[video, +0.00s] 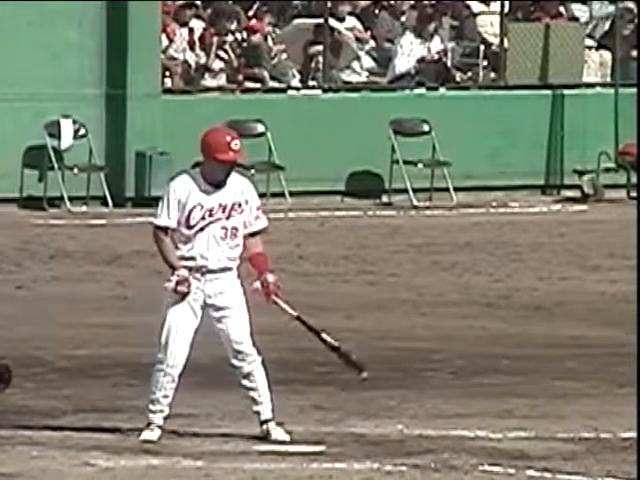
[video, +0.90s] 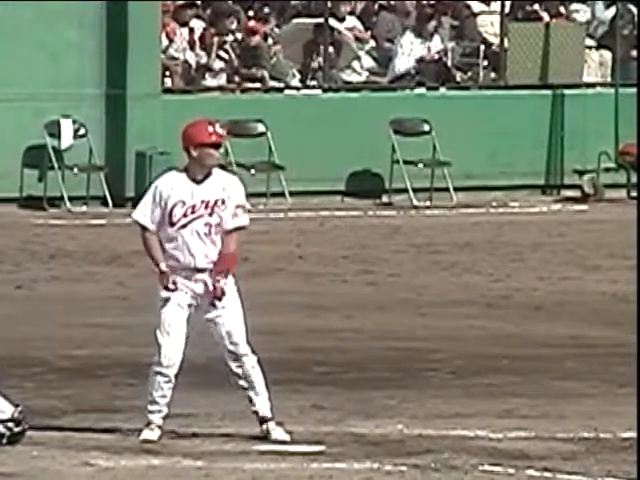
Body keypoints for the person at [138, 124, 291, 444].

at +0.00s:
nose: (230, 168)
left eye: (232, 163)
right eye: (225, 163)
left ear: (233, 160)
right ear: (209, 160)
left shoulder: (242, 187)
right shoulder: (180, 187)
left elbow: (253, 237)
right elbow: (161, 232)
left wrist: (264, 272)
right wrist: (178, 267)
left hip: (227, 279)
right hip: (188, 279)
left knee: (243, 351)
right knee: (171, 355)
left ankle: (268, 421)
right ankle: (155, 421)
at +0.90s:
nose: (218, 152)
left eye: (219, 146)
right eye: (211, 147)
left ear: (218, 149)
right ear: (193, 151)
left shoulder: (229, 184)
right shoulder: (167, 185)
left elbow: (232, 236)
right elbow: (147, 228)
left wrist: (221, 273)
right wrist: (161, 268)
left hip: (218, 277)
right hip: (178, 279)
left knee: (239, 350)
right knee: (167, 357)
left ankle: (267, 419)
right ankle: (154, 421)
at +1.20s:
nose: (222, 150)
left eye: (223, 145)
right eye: (215, 146)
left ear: (222, 147)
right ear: (196, 149)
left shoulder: (233, 183)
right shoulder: (169, 182)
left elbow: (227, 232)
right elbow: (154, 224)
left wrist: (193, 253)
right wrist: (162, 244)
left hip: (221, 277)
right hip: (184, 280)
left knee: (241, 351)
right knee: (169, 357)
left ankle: (267, 421)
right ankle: (154, 421)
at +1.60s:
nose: (225, 150)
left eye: (225, 144)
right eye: (218, 145)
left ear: (223, 147)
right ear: (199, 148)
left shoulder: (235, 180)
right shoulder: (175, 183)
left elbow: (248, 225)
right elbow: (162, 233)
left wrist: (221, 217)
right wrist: (187, 212)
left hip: (224, 276)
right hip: (186, 277)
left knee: (243, 351)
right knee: (173, 356)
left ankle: (268, 421)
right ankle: (155, 421)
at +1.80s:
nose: (231, 151)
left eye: (231, 145)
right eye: (224, 146)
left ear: (227, 149)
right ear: (206, 151)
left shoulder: (236, 177)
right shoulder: (188, 186)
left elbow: (259, 220)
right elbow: (194, 234)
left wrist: (249, 213)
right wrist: (220, 217)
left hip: (228, 277)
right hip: (192, 279)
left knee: (245, 350)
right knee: (178, 354)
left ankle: (268, 421)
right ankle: (156, 421)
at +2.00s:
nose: (238, 155)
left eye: (239, 148)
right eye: (232, 149)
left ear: (230, 152)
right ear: (214, 153)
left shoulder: (237, 178)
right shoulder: (204, 189)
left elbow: (251, 210)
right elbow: (231, 240)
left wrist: (276, 213)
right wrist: (265, 221)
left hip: (229, 276)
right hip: (197, 279)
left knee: (247, 350)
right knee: (184, 355)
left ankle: (268, 420)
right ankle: (156, 422)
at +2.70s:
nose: (233, 154)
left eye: (233, 148)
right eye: (226, 149)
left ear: (232, 151)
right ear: (208, 155)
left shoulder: (242, 179)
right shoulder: (198, 189)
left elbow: (256, 224)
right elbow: (224, 235)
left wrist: (249, 251)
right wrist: (262, 263)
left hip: (229, 276)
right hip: (192, 278)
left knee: (246, 349)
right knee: (177, 352)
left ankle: (268, 421)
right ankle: (154, 421)